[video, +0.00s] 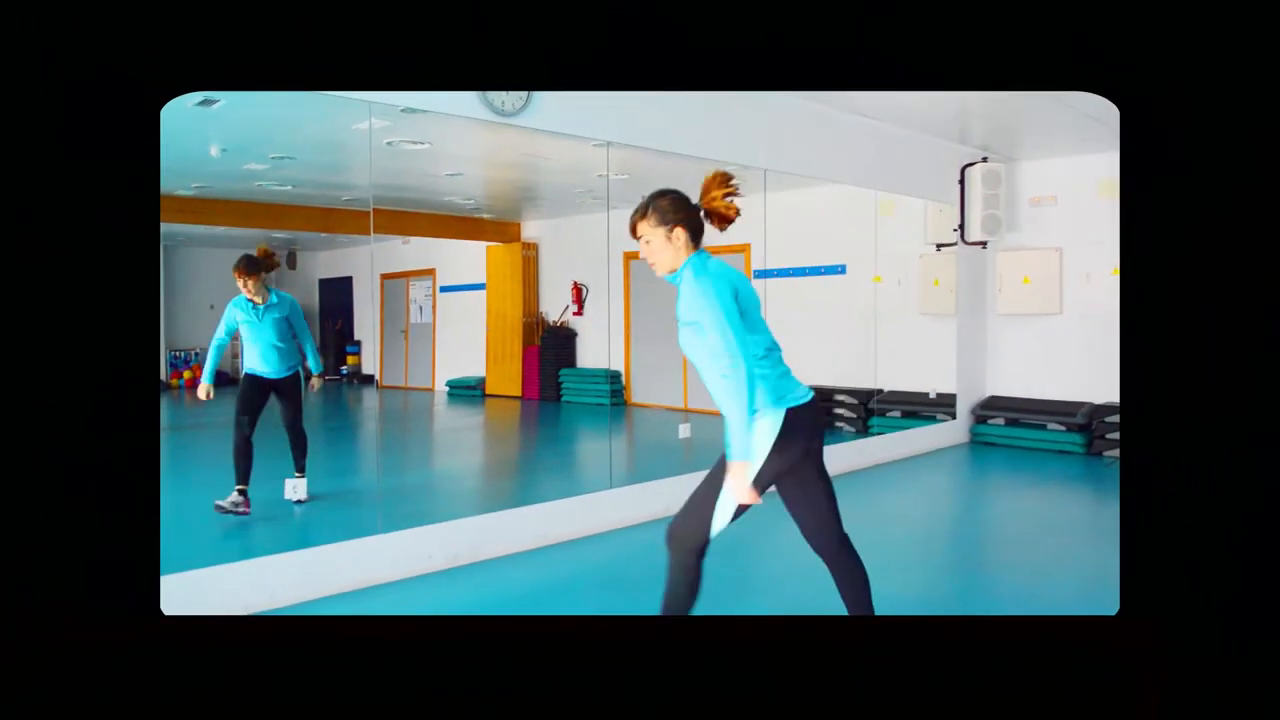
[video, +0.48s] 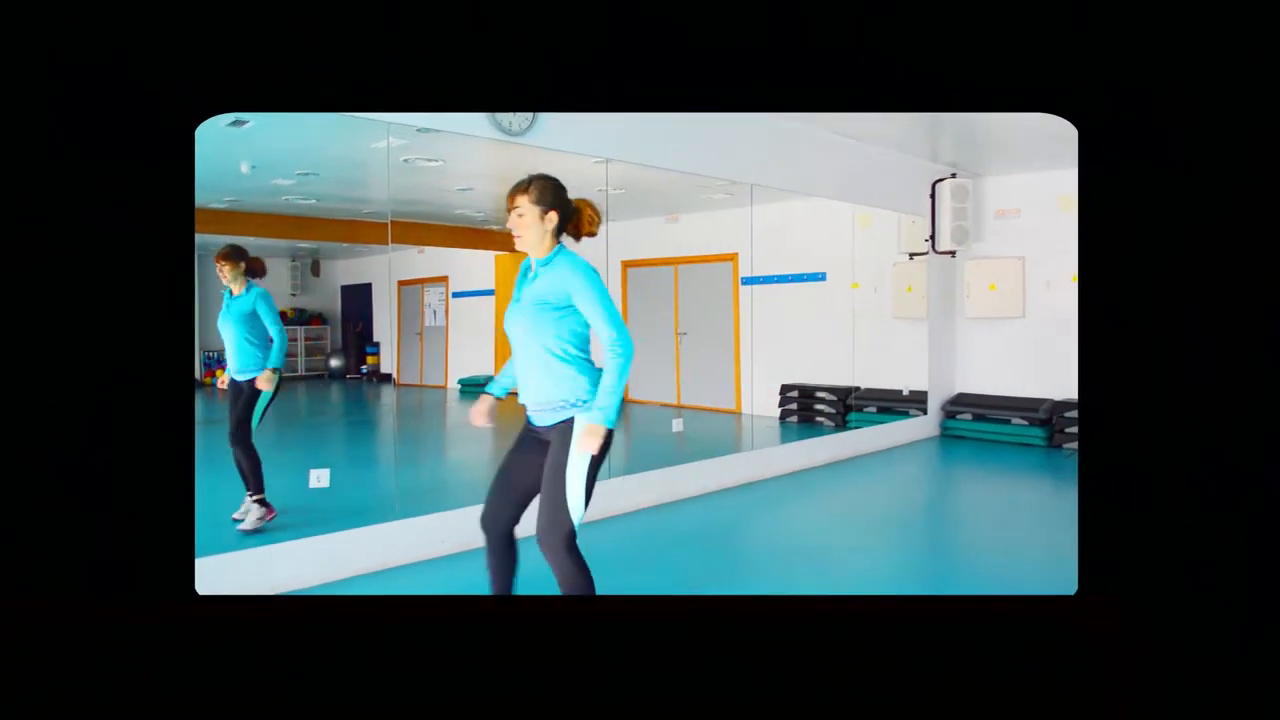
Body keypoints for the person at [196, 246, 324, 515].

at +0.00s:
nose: (243, 285)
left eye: (247, 279)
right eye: (239, 281)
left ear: (261, 276)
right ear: (237, 282)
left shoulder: (287, 303)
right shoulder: (236, 307)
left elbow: (305, 336)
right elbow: (219, 342)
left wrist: (316, 370)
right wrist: (206, 379)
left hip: (288, 376)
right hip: (254, 377)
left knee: (294, 425)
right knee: (243, 428)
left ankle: (300, 478)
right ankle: (241, 493)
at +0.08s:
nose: (243, 295)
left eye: (247, 290)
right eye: (240, 291)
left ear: (263, 288)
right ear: (238, 292)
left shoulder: (287, 313)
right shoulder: (236, 317)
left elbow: (308, 334)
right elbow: (230, 345)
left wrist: (321, 353)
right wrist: (227, 368)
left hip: (289, 386)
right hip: (256, 388)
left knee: (296, 432)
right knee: (240, 433)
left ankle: (304, 479)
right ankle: (237, 502)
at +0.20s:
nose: (235, 287)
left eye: (239, 282)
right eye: (232, 283)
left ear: (256, 281)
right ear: (230, 286)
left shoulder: (280, 307)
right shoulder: (231, 312)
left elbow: (309, 325)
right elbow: (243, 342)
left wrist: (319, 337)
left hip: (282, 383)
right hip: (249, 383)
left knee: (290, 438)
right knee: (240, 442)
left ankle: (311, 470)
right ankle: (244, 504)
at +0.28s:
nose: (231, 279)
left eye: (235, 273)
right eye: (228, 274)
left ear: (252, 272)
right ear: (229, 277)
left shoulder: (277, 301)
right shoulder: (230, 304)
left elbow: (305, 324)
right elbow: (240, 335)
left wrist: (325, 345)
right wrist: (248, 361)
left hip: (275, 380)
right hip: (245, 381)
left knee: (279, 440)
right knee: (242, 442)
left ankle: (307, 463)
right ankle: (250, 502)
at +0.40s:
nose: (230, 274)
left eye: (234, 268)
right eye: (228, 269)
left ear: (251, 267)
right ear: (229, 272)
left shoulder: (273, 298)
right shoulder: (233, 298)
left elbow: (298, 331)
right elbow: (238, 334)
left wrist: (314, 368)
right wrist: (243, 361)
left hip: (273, 375)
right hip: (245, 377)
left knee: (258, 434)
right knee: (245, 437)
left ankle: (291, 484)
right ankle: (258, 498)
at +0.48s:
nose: (220, 272)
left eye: (225, 267)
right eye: (218, 267)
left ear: (241, 267)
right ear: (219, 270)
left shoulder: (259, 296)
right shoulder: (228, 298)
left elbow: (280, 335)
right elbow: (235, 339)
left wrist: (273, 369)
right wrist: (229, 371)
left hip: (259, 377)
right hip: (237, 377)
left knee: (240, 435)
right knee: (237, 436)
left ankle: (261, 502)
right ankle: (252, 497)